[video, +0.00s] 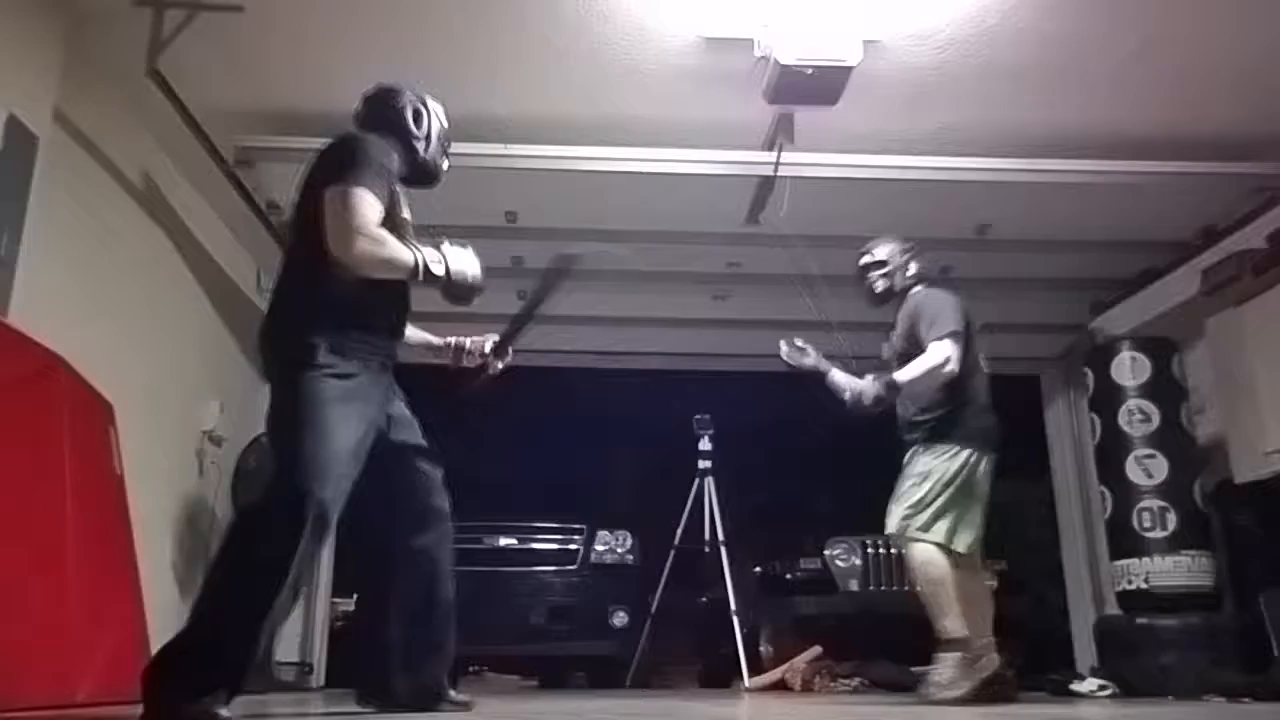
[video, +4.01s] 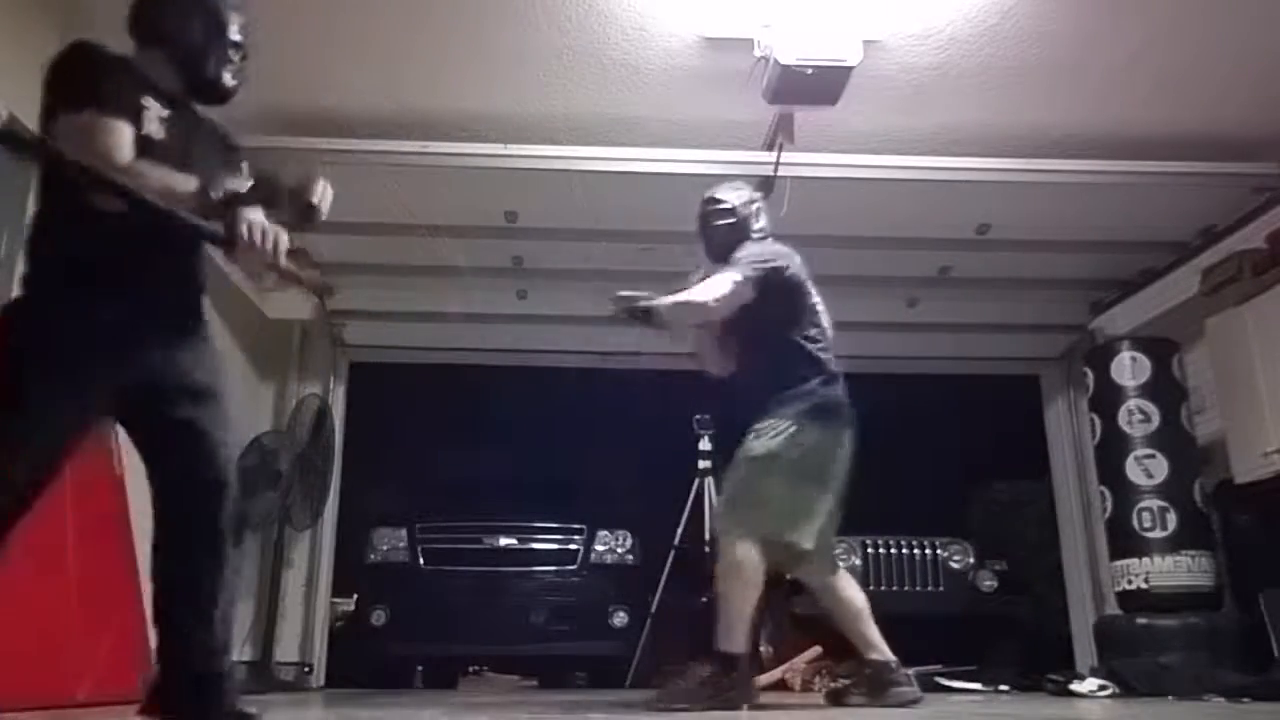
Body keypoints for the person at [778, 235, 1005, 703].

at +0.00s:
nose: (870, 276)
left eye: (878, 266)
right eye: (866, 271)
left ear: (906, 263)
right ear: (868, 278)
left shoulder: (932, 298)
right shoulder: (901, 324)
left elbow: (946, 358)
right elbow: (871, 395)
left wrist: (889, 384)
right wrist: (821, 365)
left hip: (953, 438)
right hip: (942, 440)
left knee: (911, 529)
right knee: (958, 551)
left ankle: (957, 650)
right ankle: (982, 658)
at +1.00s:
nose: (863, 276)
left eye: (873, 265)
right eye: (856, 269)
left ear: (899, 267)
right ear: (852, 278)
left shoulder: (931, 305)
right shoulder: (880, 335)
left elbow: (977, 350)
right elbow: (867, 404)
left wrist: (915, 381)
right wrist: (831, 364)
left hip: (960, 446)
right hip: (941, 450)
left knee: (899, 554)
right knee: (1007, 569)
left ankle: (851, 664)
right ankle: (1104, 656)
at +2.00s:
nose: (841, 279)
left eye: (850, 269)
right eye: (833, 272)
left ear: (874, 269)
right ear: (828, 278)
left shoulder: (894, 303)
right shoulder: (838, 322)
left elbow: (871, 342)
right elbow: (818, 382)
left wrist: (812, 350)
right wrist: (799, 361)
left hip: (917, 448)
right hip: (881, 456)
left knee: (887, 550)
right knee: (902, 563)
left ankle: (854, 655)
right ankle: (947, 664)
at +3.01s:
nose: (777, 263)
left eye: (787, 252)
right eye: (767, 254)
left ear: (809, 257)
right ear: (755, 263)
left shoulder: (830, 308)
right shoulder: (762, 318)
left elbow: (836, 366)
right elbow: (738, 353)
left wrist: (777, 361)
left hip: (823, 442)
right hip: (786, 446)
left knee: (767, 515)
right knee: (807, 574)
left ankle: (776, 659)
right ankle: (880, 660)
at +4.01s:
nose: (714, 223)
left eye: (725, 213)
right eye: (707, 216)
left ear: (754, 217)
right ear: (701, 227)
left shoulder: (768, 254)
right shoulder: (733, 275)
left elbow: (714, 295)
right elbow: (722, 364)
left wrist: (655, 306)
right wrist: (695, 325)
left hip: (804, 408)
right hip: (807, 413)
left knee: (737, 525)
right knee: (810, 555)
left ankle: (729, 670)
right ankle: (886, 669)